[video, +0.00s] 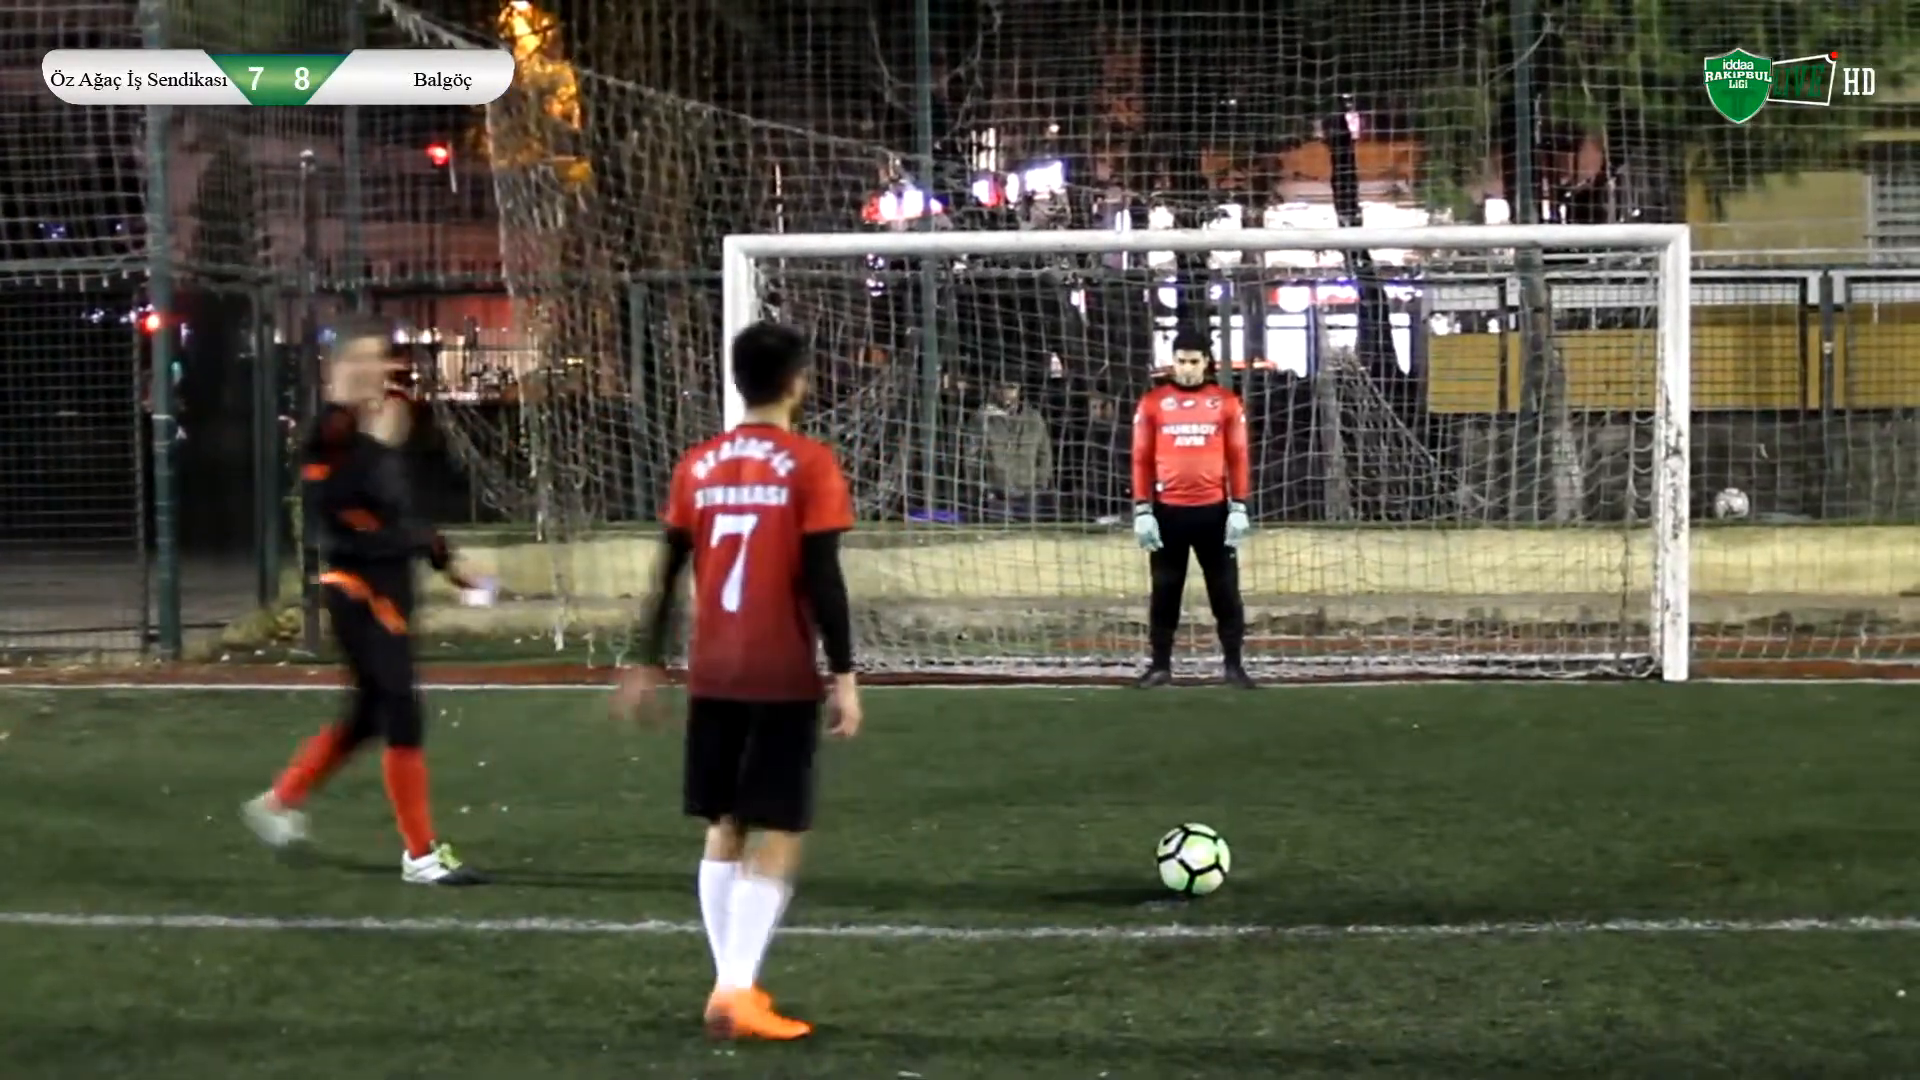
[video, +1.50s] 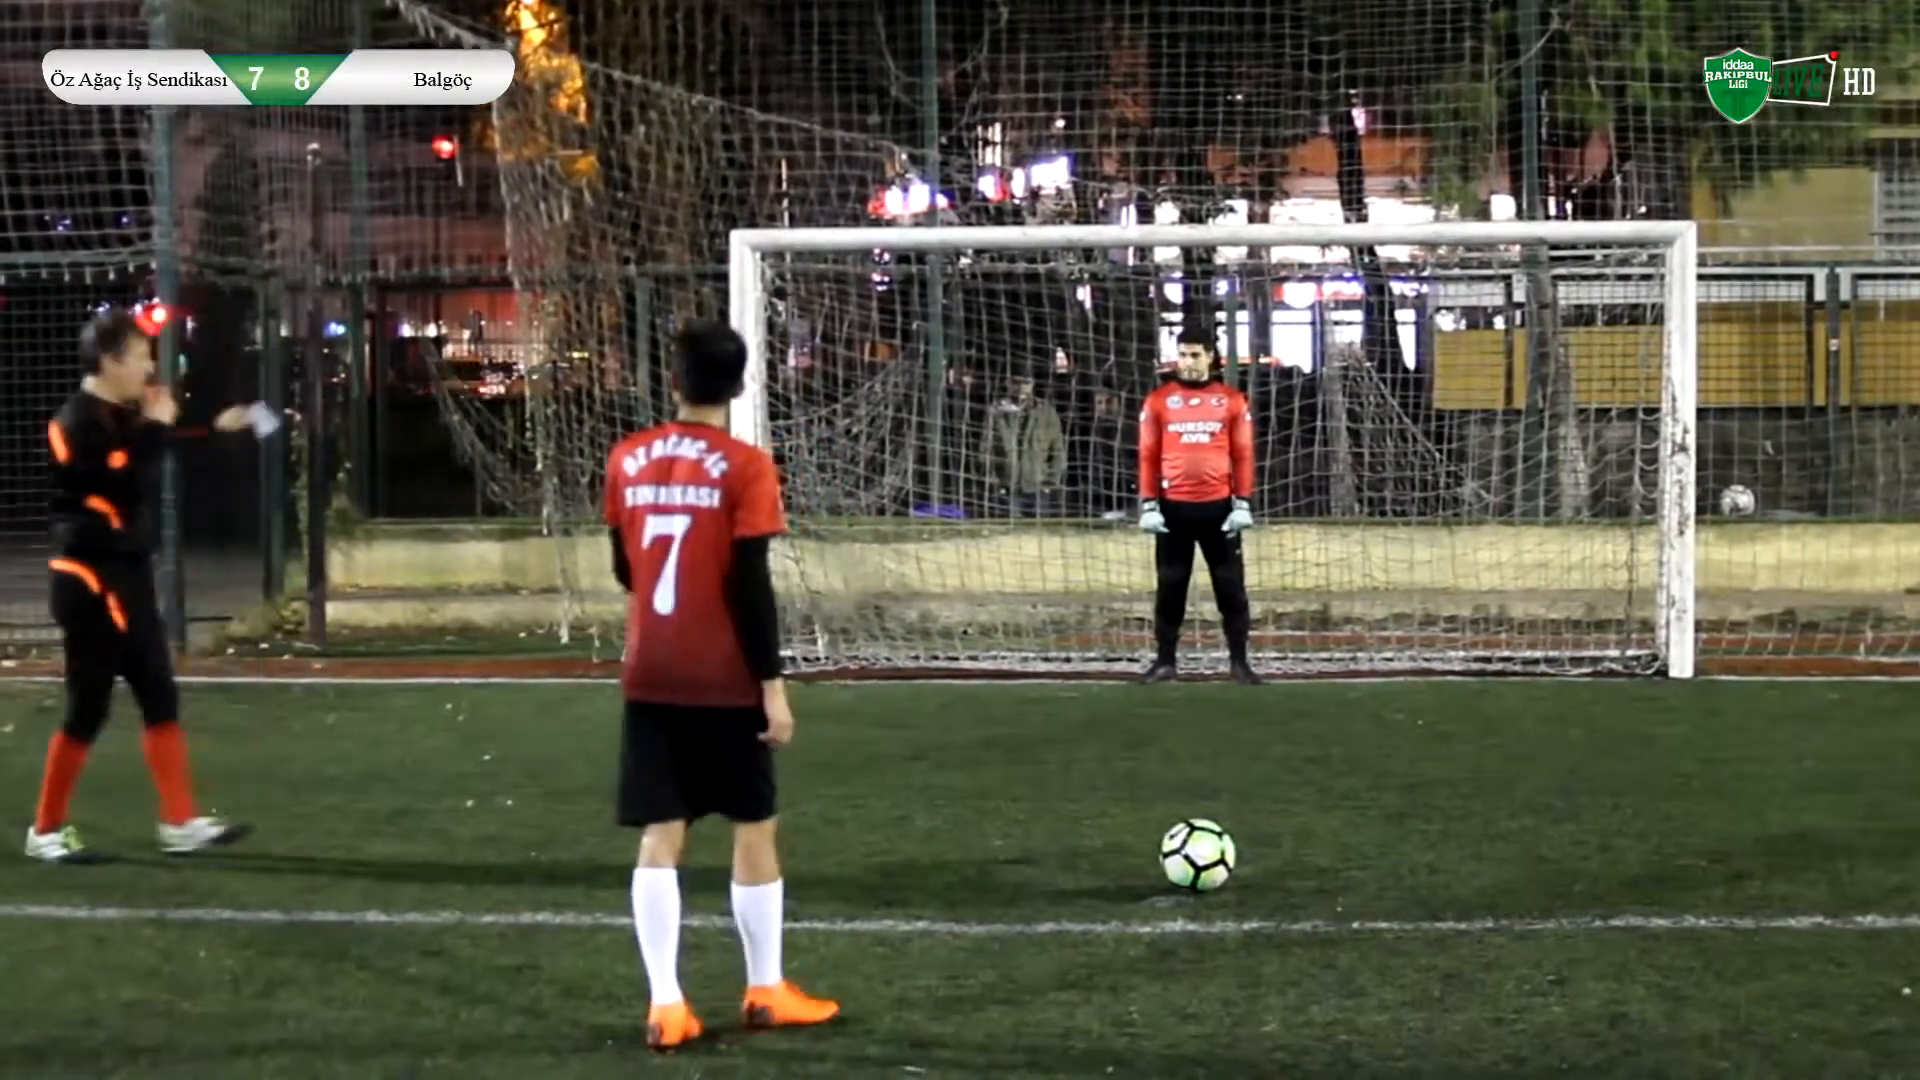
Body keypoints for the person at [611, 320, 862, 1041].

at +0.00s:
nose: (809, 385)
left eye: (805, 374)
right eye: (807, 375)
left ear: (738, 383)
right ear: (794, 383)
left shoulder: (697, 463)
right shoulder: (811, 462)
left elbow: (667, 573)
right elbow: (822, 571)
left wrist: (646, 657)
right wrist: (844, 671)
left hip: (711, 676)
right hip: (783, 677)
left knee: (725, 824)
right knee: (780, 830)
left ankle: (729, 986)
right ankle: (735, 985)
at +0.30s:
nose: (802, 389)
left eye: (795, 378)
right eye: (800, 381)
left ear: (732, 389)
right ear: (792, 390)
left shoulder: (689, 463)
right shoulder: (809, 465)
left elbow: (631, 555)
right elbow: (831, 577)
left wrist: (589, 643)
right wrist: (861, 674)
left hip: (696, 674)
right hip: (764, 676)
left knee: (729, 830)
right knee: (740, 839)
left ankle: (734, 985)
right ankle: (726, 1006)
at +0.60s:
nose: (792, 386)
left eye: (784, 375)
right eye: (790, 377)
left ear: (723, 384)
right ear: (781, 385)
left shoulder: (678, 459)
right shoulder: (798, 466)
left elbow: (638, 565)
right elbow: (824, 578)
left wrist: (612, 653)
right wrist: (859, 671)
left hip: (687, 675)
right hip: (758, 679)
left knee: (718, 819)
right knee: (740, 838)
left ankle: (692, 975)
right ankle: (730, 1002)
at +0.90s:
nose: (747, 386)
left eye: (718, 371)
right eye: (760, 377)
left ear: (701, 379)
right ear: (763, 384)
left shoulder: (651, 458)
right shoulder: (773, 464)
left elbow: (651, 572)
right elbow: (797, 579)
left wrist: (683, 628)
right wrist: (830, 675)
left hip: (671, 676)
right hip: (745, 680)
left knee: (680, 824)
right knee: (745, 839)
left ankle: (664, 999)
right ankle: (729, 1001)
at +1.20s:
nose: (693, 384)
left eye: (687, 373)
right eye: (729, 380)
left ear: (680, 383)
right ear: (743, 388)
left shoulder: (634, 462)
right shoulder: (756, 466)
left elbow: (646, 558)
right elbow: (765, 580)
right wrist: (788, 678)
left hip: (653, 679)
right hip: (732, 682)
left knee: (662, 828)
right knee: (768, 819)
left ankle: (665, 1002)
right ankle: (744, 983)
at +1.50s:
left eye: (697, 371)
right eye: (735, 379)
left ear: (677, 380)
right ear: (740, 385)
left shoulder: (628, 457)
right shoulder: (749, 465)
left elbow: (628, 571)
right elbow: (750, 582)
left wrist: (692, 592)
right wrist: (771, 680)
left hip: (650, 678)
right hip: (728, 679)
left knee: (661, 830)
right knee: (756, 825)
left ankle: (665, 1001)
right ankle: (768, 986)